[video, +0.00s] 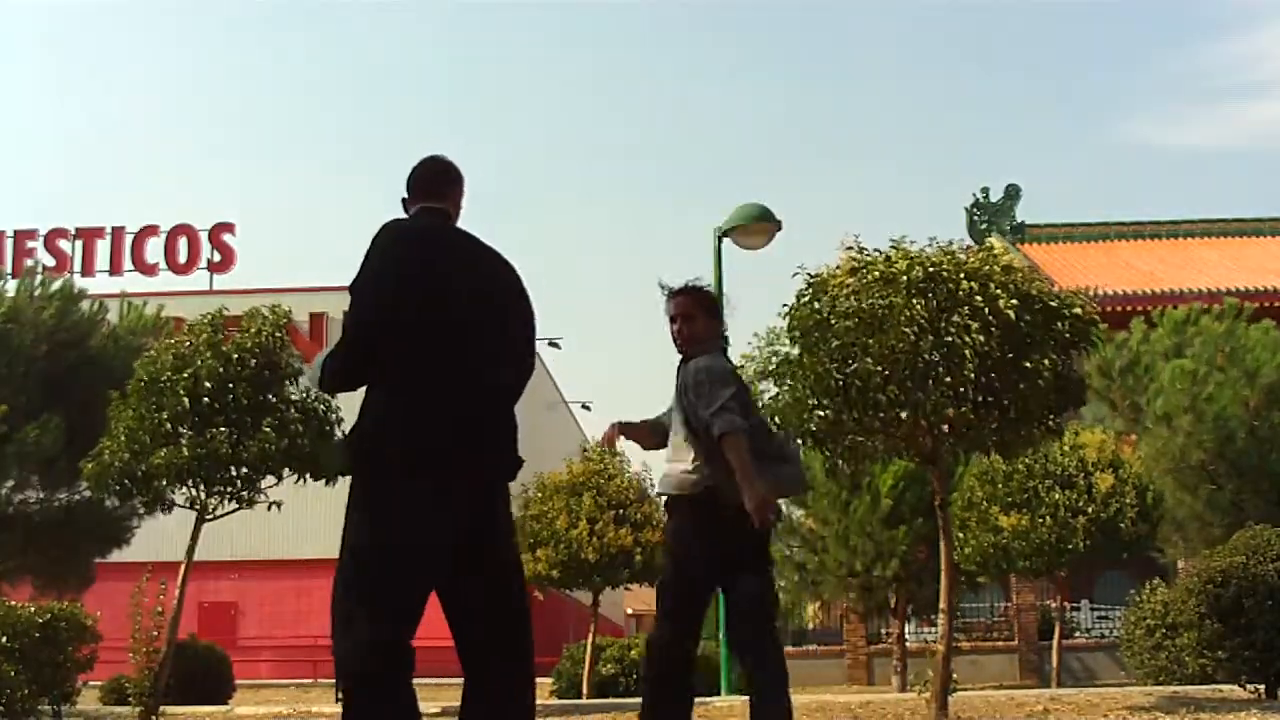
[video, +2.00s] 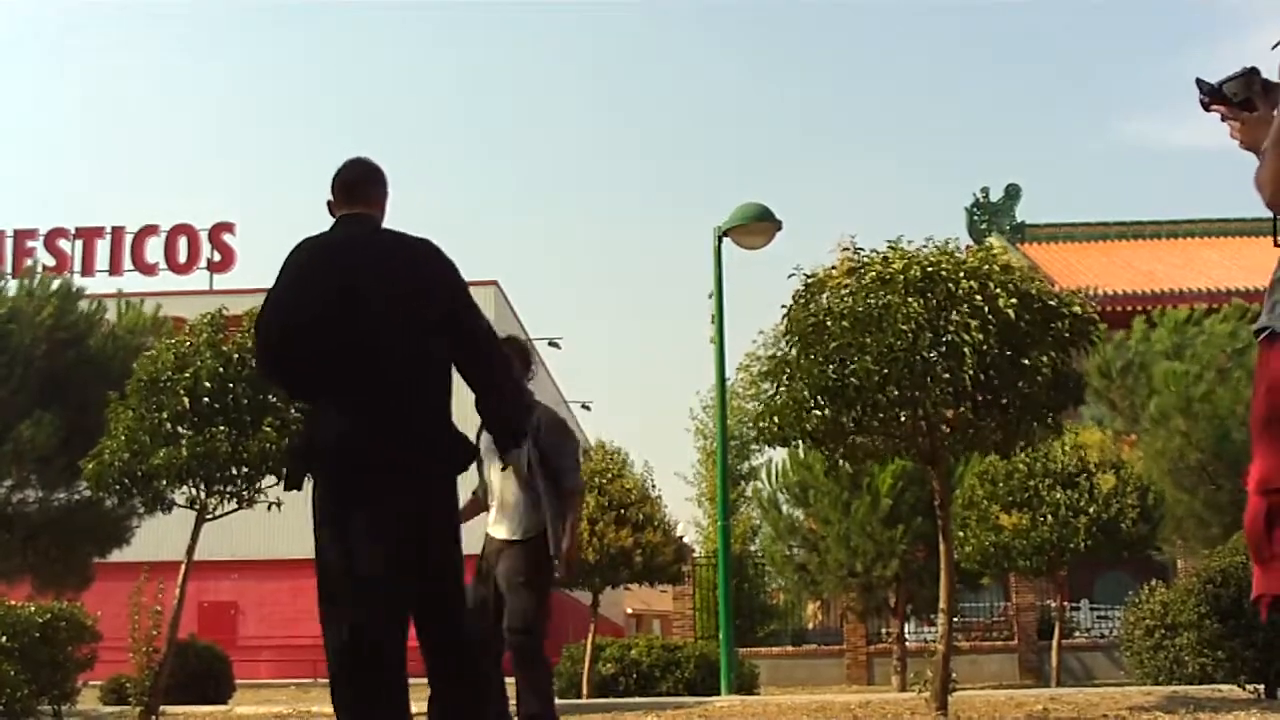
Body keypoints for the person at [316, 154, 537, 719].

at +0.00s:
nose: (419, 210)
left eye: (412, 202)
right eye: (442, 199)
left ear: (406, 201)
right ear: (460, 201)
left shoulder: (394, 244)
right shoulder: (499, 270)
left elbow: (362, 353)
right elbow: (518, 365)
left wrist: (328, 371)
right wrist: (473, 404)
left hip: (396, 472)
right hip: (478, 476)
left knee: (370, 636)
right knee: (498, 642)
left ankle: (383, 719)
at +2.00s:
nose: (345, 212)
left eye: (336, 203)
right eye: (371, 200)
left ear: (331, 203)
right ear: (385, 202)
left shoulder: (306, 258)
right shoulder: (425, 258)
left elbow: (273, 353)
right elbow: (481, 355)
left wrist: (324, 394)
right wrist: (508, 425)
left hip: (344, 465)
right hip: (425, 459)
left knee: (358, 629)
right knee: (447, 625)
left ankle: (370, 715)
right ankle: (468, 715)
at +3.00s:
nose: (426, 213)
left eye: (428, 202)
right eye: (425, 201)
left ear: (377, 187)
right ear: (407, 190)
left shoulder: (330, 250)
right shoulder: (392, 237)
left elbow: (305, 353)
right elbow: (402, 340)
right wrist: (449, 401)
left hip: (324, 448)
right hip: (380, 449)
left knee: (340, 597)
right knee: (396, 596)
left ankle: (314, 710)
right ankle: (417, 710)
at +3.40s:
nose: (414, 190)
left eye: (405, 181)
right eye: (417, 181)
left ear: (362, 177)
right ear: (415, 178)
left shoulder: (318, 238)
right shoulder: (426, 229)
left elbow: (313, 330)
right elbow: (481, 326)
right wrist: (540, 393)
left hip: (323, 437)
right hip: (413, 439)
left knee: (296, 581)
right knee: (441, 588)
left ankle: (277, 705)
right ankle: (443, 709)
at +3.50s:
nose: (389, 187)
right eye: (392, 179)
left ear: (337, 179)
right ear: (392, 178)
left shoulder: (296, 236)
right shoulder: (413, 233)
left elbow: (286, 334)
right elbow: (486, 316)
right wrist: (558, 377)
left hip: (307, 452)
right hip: (403, 451)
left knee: (290, 607)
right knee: (441, 609)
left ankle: (298, 716)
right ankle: (447, 713)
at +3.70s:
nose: (322, 176)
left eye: (297, 170)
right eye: (332, 165)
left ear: (283, 173)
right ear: (341, 167)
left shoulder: (261, 221)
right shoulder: (384, 224)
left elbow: (226, 308)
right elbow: (473, 283)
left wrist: (290, 335)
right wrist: (557, 338)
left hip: (289, 441)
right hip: (375, 435)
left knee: (295, 596)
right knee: (394, 573)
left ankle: (293, 707)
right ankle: (426, 652)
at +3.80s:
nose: (283, 186)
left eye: (269, 179)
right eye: (303, 170)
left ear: (263, 179)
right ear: (320, 173)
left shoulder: (256, 229)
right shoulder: (372, 227)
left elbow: (204, 305)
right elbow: (459, 269)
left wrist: (258, 327)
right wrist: (524, 327)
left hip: (315, 434)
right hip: (387, 429)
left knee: (276, 561)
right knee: (343, 570)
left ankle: (327, 699)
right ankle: (355, 705)